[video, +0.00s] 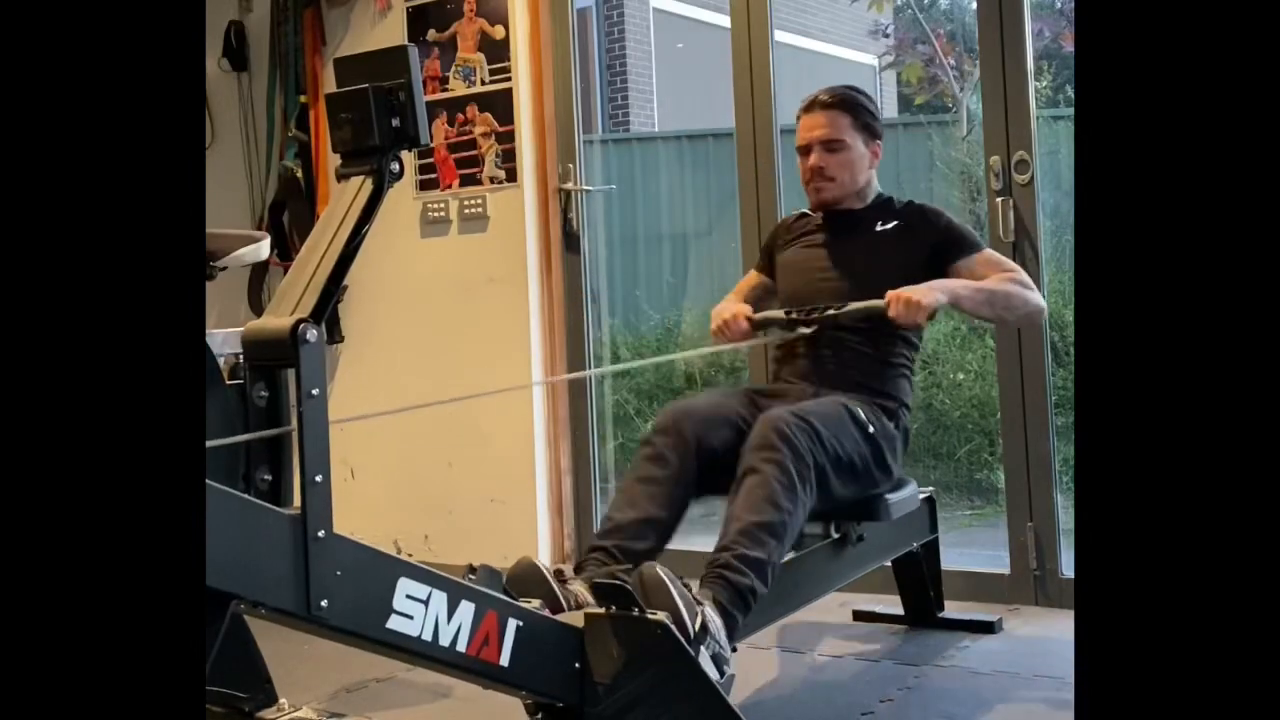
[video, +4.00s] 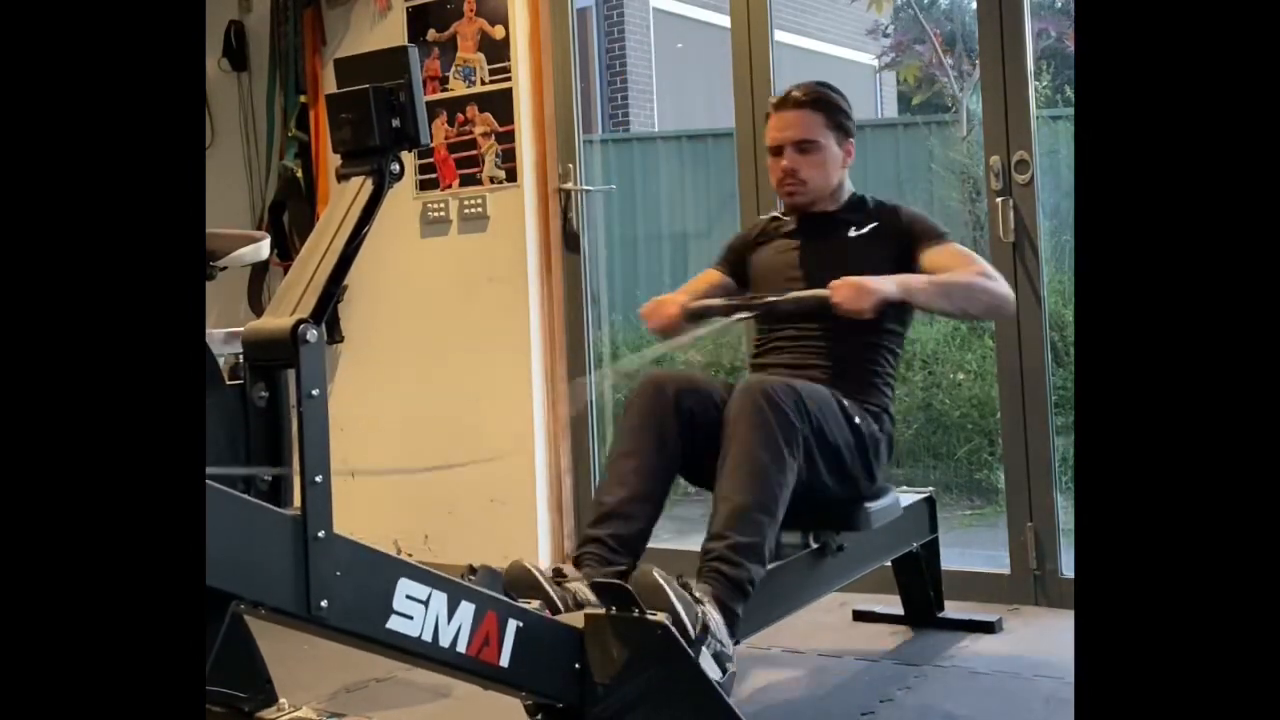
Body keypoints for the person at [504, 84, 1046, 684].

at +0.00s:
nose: (813, 161)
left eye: (830, 147)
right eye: (804, 149)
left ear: (874, 153)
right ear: (798, 157)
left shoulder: (918, 228)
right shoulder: (788, 235)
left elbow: (1029, 302)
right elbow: (737, 303)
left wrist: (944, 292)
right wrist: (732, 314)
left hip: (862, 413)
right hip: (772, 401)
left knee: (780, 433)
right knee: (680, 423)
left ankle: (716, 620)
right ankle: (593, 588)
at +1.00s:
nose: (799, 145)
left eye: (819, 132)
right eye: (791, 134)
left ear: (861, 146)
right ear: (781, 144)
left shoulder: (884, 208)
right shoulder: (759, 219)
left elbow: (894, 268)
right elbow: (688, 278)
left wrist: (835, 288)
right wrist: (629, 309)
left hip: (854, 414)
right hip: (758, 403)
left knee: (777, 406)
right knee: (653, 410)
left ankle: (710, 614)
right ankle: (578, 586)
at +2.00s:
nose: (673, 134)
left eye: (696, 118)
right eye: (665, 120)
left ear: (747, 133)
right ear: (656, 133)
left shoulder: (787, 200)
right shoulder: (645, 220)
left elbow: (773, 263)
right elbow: (554, 278)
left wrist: (691, 310)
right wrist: (460, 330)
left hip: (774, 467)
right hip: (680, 465)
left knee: (717, 330)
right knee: (584, 314)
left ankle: (699, 575)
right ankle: (575, 560)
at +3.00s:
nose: (658, 137)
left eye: (681, 119)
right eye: (649, 122)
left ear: (734, 132)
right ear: (639, 132)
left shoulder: (776, 204)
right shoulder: (635, 222)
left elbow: (752, 260)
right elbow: (536, 279)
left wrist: (656, 301)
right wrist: (437, 327)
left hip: (772, 475)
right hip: (679, 475)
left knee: (709, 320)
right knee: (570, 337)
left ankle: (699, 576)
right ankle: (575, 564)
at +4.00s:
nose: (785, 166)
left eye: (803, 149)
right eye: (775, 153)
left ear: (847, 152)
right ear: (766, 160)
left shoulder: (894, 229)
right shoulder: (758, 241)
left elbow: (998, 296)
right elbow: (680, 310)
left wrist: (893, 287)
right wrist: (673, 308)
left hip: (851, 445)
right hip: (754, 436)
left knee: (763, 396)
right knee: (660, 391)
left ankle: (714, 617)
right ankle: (592, 580)